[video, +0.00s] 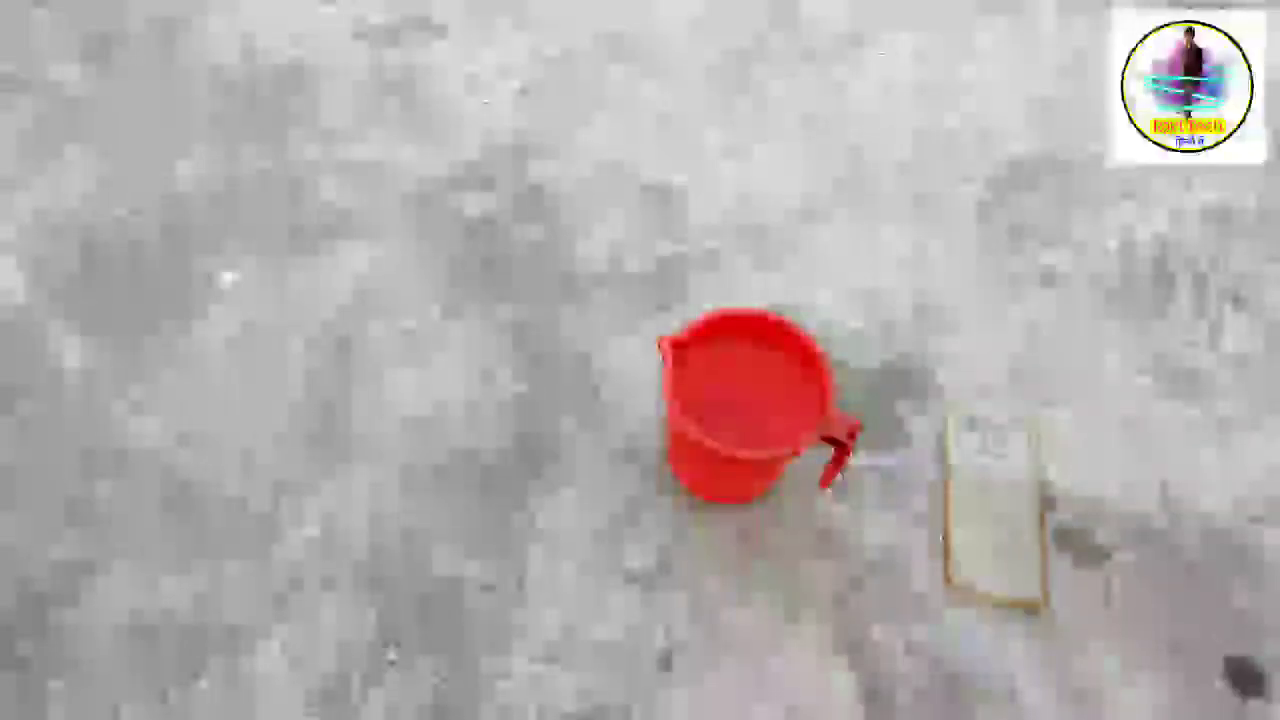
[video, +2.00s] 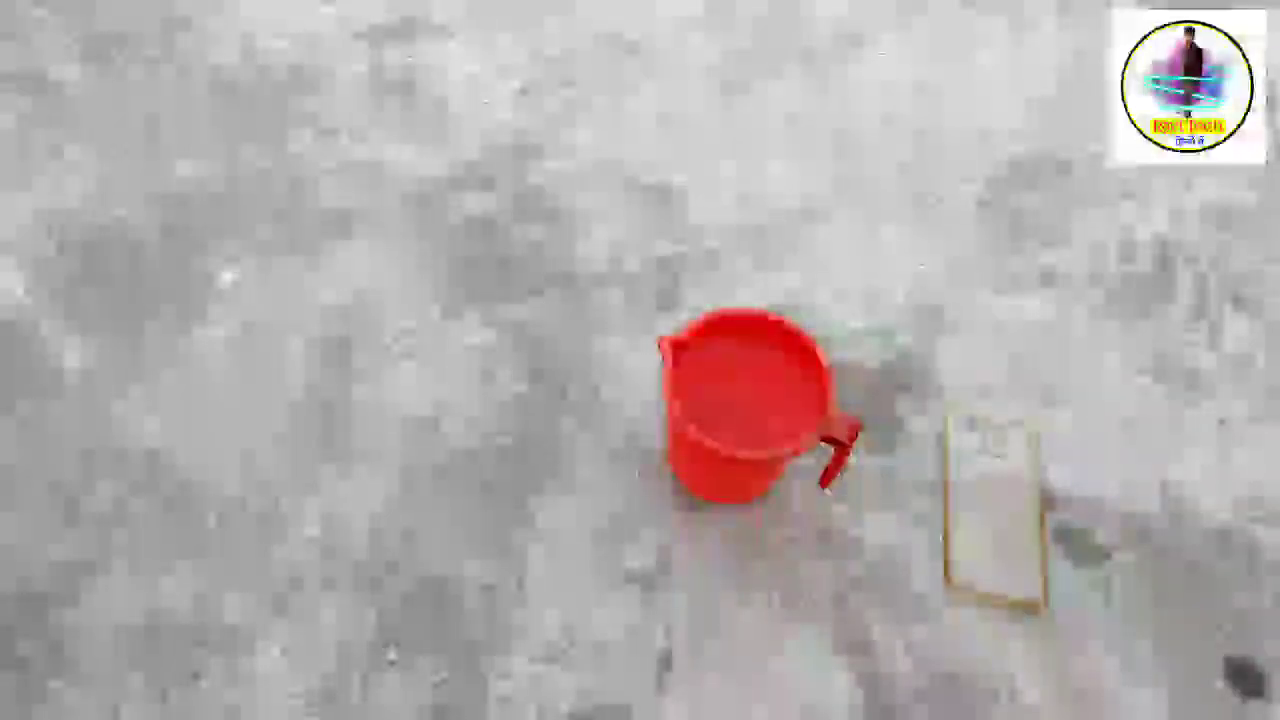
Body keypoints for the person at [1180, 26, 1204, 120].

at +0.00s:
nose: (1187, 38)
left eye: (1189, 36)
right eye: (1186, 36)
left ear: (1193, 36)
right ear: (1184, 36)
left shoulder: (1197, 50)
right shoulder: (1182, 50)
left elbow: (1199, 63)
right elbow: (1178, 61)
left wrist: (1199, 73)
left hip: (1194, 74)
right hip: (1184, 73)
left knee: (1190, 92)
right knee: (1185, 92)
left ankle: (1188, 111)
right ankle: (1186, 110)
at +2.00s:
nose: (1188, 38)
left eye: (1190, 36)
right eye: (1187, 35)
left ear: (1193, 36)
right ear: (1184, 36)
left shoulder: (1197, 50)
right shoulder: (1181, 49)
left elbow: (1199, 65)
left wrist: (1198, 77)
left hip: (1193, 74)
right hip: (1183, 74)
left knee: (1190, 92)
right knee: (1185, 92)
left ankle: (1188, 111)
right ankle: (1185, 110)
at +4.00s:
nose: (1189, 38)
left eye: (1191, 35)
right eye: (1187, 35)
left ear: (1194, 36)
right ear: (1184, 36)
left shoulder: (1198, 50)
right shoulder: (1182, 50)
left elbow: (1200, 64)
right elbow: (1177, 62)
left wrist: (1198, 74)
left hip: (1194, 75)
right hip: (1184, 74)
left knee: (1191, 93)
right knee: (1185, 93)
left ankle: (1189, 111)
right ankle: (1186, 111)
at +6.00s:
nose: (1188, 38)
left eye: (1190, 36)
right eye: (1187, 35)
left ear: (1193, 36)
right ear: (1184, 36)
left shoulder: (1197, 49)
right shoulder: (1182, 49)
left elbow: (1199, 63)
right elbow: (1175, 61)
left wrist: (1197, 73)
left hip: (1193, 74)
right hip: (1183, 73)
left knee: (1191, 92)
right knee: (1185, 92)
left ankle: (1189, 111)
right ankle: (1186, 111)